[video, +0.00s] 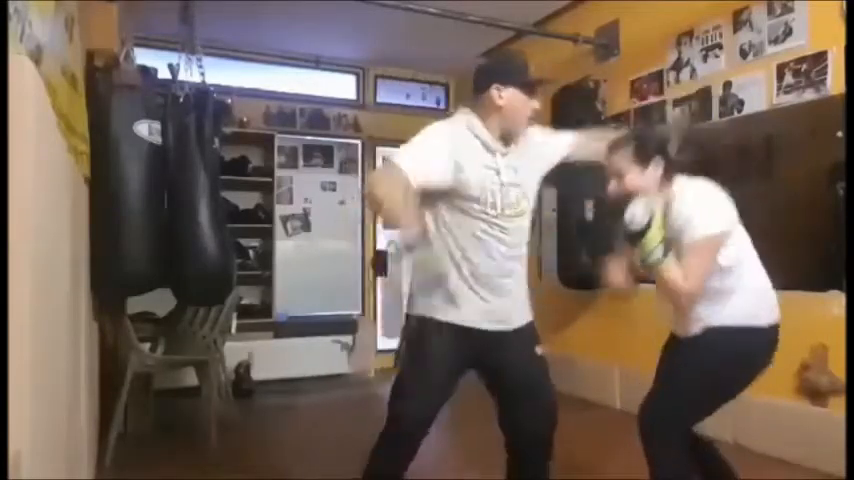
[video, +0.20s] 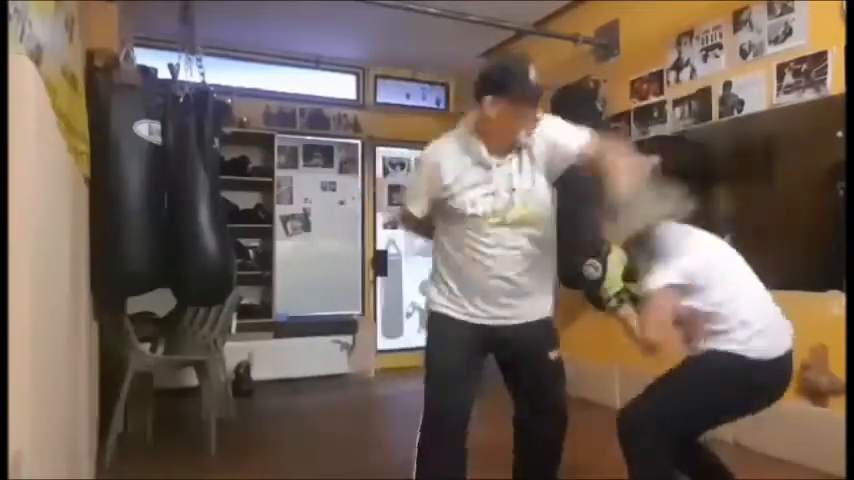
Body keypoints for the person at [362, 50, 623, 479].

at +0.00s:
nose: (536, 105)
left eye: (536, 95)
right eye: (529, 94)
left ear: (505, 96)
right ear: (498, 94)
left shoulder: (536, 143)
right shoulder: (447, 138)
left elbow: (593, 143)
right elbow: (385, 180)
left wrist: (646, 141)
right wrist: (405, 215)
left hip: (510, 321)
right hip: (442, 319)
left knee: (535, 425)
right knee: (405, 428)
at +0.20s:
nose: (532, 121)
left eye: (533, 111)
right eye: (523, 110)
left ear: (533, 108)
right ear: (490, 106)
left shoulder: (542, 138)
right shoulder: (442, 155)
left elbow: (606, 149)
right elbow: (413, 218)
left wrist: (621, 172)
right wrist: (459, 239)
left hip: (528, 317)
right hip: (456, 316)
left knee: (545, 418)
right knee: (444, 424)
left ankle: (535, 479)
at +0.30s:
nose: (519, 125)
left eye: (521, 113)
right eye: (507, 116)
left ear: (525, 111)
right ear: (474, 119)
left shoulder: (538, 144)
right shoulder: (441, 164)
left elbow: (568, 205)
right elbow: (430, 223)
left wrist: (520, 253)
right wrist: (476, 241)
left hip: (531, 321)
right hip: (460, 317)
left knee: (551, 429)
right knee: (442, 430)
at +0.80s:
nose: (559, 118)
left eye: (560, 107)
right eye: (551, 105)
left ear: (529, 106)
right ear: (518, 103)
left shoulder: (550, 147)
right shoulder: (463, 154)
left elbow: (570, 216)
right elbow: (407, 212)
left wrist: (566, 213)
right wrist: (424, 266)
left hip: (536, 316)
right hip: (473, 315)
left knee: (551, 423)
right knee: (460, 425)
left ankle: (534, 477)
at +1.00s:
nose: (560, 120)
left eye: (561, 113)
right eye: (557, 110)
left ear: (525, 101)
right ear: (534, 99)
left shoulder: (521, 139)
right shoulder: (502, 125)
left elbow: (558, 174)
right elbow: (572, 143)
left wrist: (591, 155)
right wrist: (637, 170)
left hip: (509, 307)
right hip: (472, 304)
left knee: (533, 407)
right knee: (445, 428)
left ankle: (529, 477)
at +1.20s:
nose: (546, 119)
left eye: (547, 113)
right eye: (543, 111)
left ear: (513, 103)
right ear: (522, 101)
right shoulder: (504, 126)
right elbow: (594, 162)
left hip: (500, 305)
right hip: (472, 301)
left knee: (525, 420)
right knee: (436, 423)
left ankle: (525, 477)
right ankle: (381, 475)